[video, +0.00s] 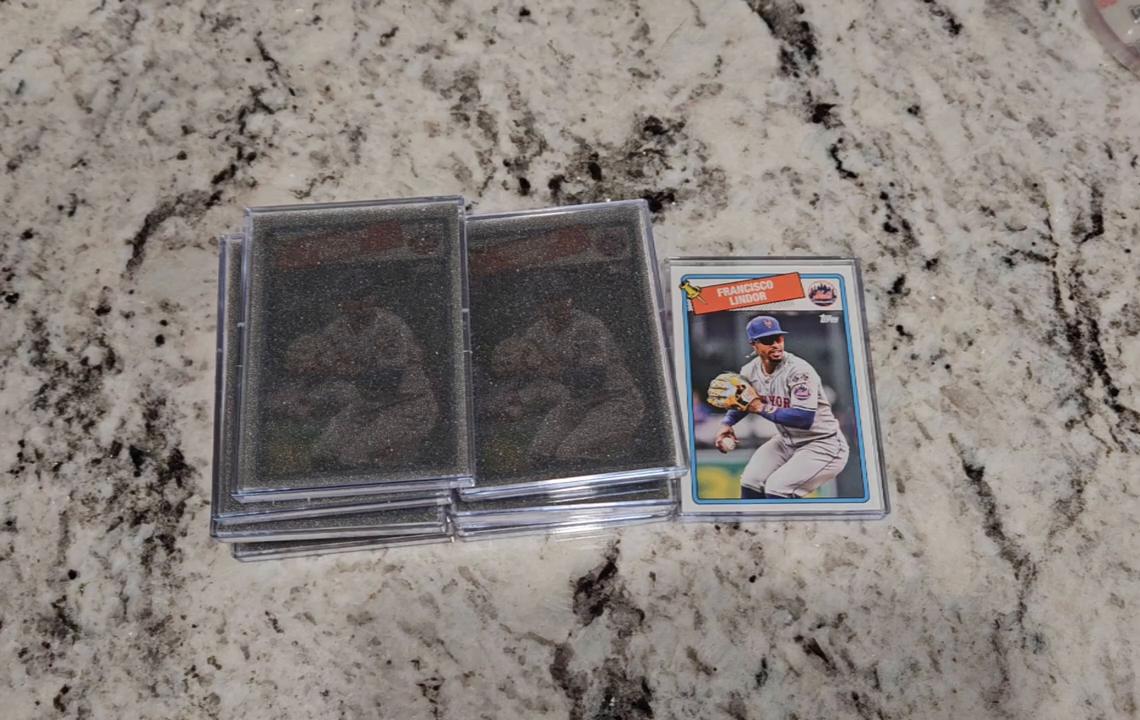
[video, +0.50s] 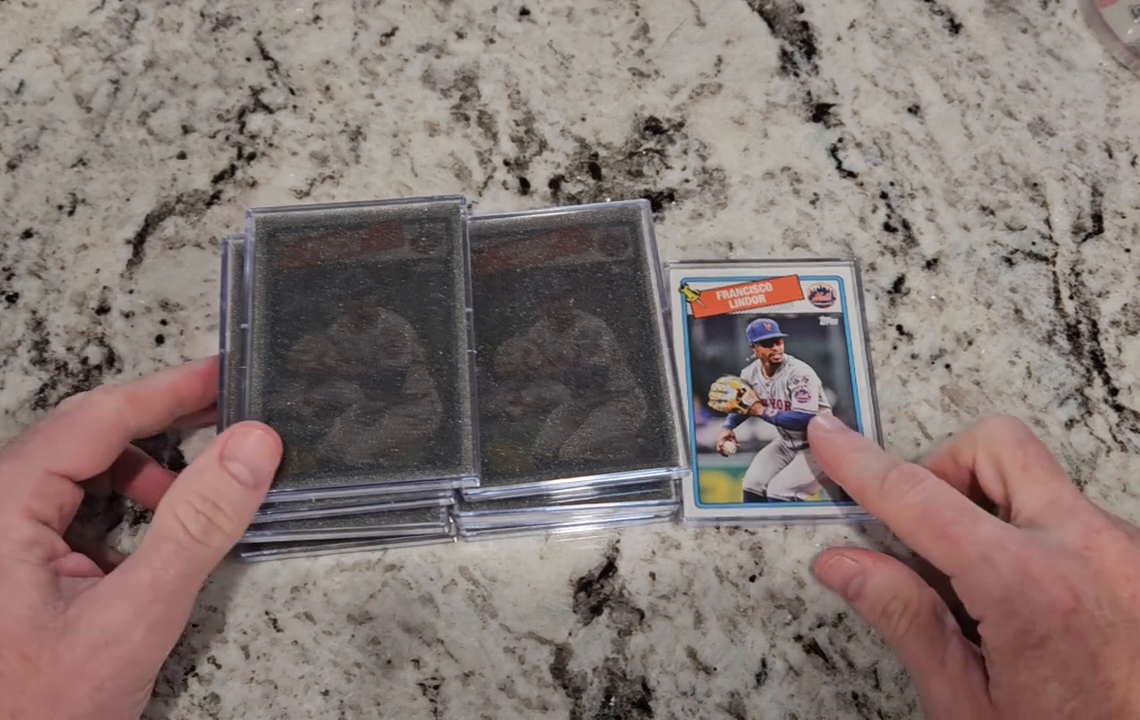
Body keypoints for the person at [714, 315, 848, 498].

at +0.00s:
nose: (776, 346)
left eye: (778, 339)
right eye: (767, 341)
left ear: (783, 339)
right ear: (754, 346)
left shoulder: (800, 371)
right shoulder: (749, 372)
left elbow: (803, 419)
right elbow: (742, 403)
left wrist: (760, 407)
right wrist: (726, 425)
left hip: (824, 446)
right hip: (786, 443)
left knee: (777, 488)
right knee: (751, 482)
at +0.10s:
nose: (776, 345)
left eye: (778, 339)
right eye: (767, 342)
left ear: (783, 339)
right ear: (754, 346)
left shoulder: (800, 371)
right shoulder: (749, 372)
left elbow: (804, 419)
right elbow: (741, 403)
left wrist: (760, 407)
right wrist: (726, 425)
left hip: (824, 446)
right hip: (786, 443)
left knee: (777, 488)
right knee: (751, 483)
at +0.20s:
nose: (776, 345)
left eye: (778, 339)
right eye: (767, 341)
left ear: (783, 339)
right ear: (754, 346)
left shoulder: (800, 371)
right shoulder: (749, 372)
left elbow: (804, 419)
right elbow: (742, 403)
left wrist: (761, 407)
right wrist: (726, 425)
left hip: (824, 445)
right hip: (786, 442)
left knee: (777, 488)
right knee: (751, 483)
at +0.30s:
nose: (776, 345)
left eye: (778, 339)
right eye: (768, 341)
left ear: (783, 339)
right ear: (754, 346)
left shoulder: (800, 371)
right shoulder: (749, 372)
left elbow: (803, 419)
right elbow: (742, 403)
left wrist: (760, 407)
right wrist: (726, 425)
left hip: (824, 445)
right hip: (786, 443)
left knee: (777, 487)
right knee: (751, 483)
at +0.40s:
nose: (775, 345)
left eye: (777, 338)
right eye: (767, 341)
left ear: (782, 338)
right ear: (754, 345)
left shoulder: (799, 370)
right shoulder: (748, 371)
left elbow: (802, 416)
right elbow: (742, 402)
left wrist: (760, 407)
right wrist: (726, 425)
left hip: (818, 445)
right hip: (784, 441)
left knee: (777, 487)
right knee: (750, 482)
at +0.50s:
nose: (776, 348)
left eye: (778, 342)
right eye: (768, 344)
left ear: (783, 341)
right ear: (755, 349)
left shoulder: (800, 373)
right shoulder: (749, 374)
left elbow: (805, 420)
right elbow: (744, 407)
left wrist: (761, 410)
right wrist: (727, 428)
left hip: (817, 447)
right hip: (785, 445)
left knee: (779, 491)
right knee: (752, 486)